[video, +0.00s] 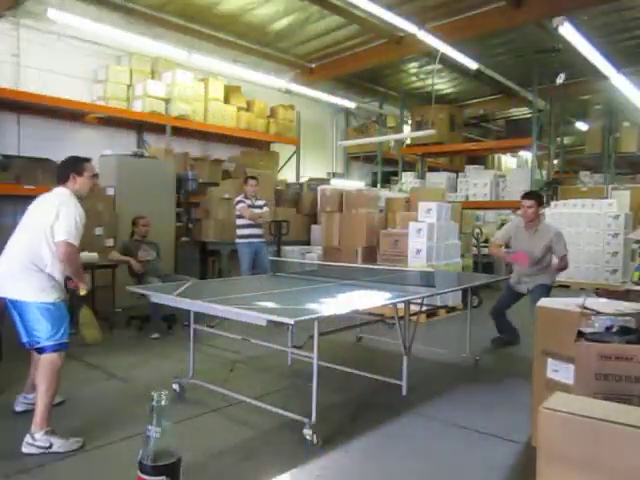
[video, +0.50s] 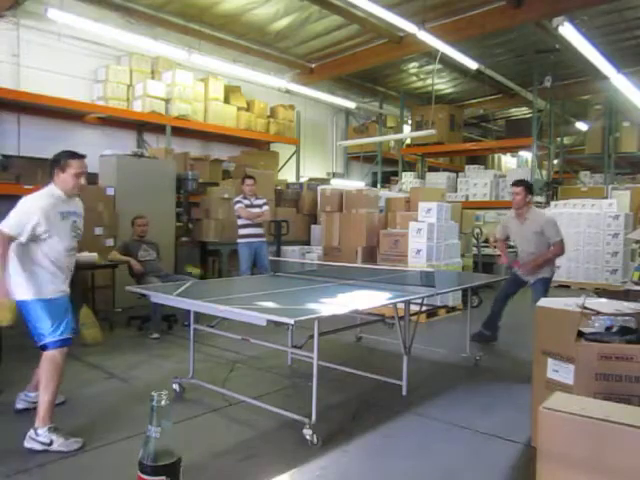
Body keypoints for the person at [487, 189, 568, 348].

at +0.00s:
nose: (525, 212)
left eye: (529, 207)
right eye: (523, 207)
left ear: (539, 209)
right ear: (520, 209)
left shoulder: (552, 233)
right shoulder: (514, 226)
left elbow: (564, 261)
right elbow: (493, 247)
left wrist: (553, 270)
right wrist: (509, 257)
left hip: (541, 278)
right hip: (519, 278)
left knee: (539, 312)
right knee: (497, 311)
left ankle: (543, 347)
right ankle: (510, 336)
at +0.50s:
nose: (514, 198)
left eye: (518, 194)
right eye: (512, 194)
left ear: (528, 197)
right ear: (511, 197)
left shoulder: (543, 220)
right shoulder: (509, 219)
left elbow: (559, 249)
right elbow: (500, 240)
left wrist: (534, 263)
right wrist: (504, 255)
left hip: (542, 270)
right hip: (521, 268)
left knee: (540, 307)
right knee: (501, 296)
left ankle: (545, 346)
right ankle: (489, 331)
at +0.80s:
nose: (495, 195)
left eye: (499, 191)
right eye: (493, 190)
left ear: (510, 194)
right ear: (492, 193)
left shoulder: (524, 213)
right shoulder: (491, 214)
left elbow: (539, 241)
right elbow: (483, 235)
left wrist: (518, 250)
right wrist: (491, 248)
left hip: (530, 265)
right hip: (507, 265)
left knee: (536, 305)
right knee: (490, 294)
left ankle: (544, 342)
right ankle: (488, 331)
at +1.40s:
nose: (478, 205)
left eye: (479, 200)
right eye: (477, 201)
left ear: (489, 199)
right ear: (489, 200)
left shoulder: (504, 214)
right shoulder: (493, 220)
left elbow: (513, 243)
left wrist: (497, 267)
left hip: (528, 268)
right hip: (513, 269)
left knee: (526, 309)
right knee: (489, 292)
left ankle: (545, 343)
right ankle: (487, 330)